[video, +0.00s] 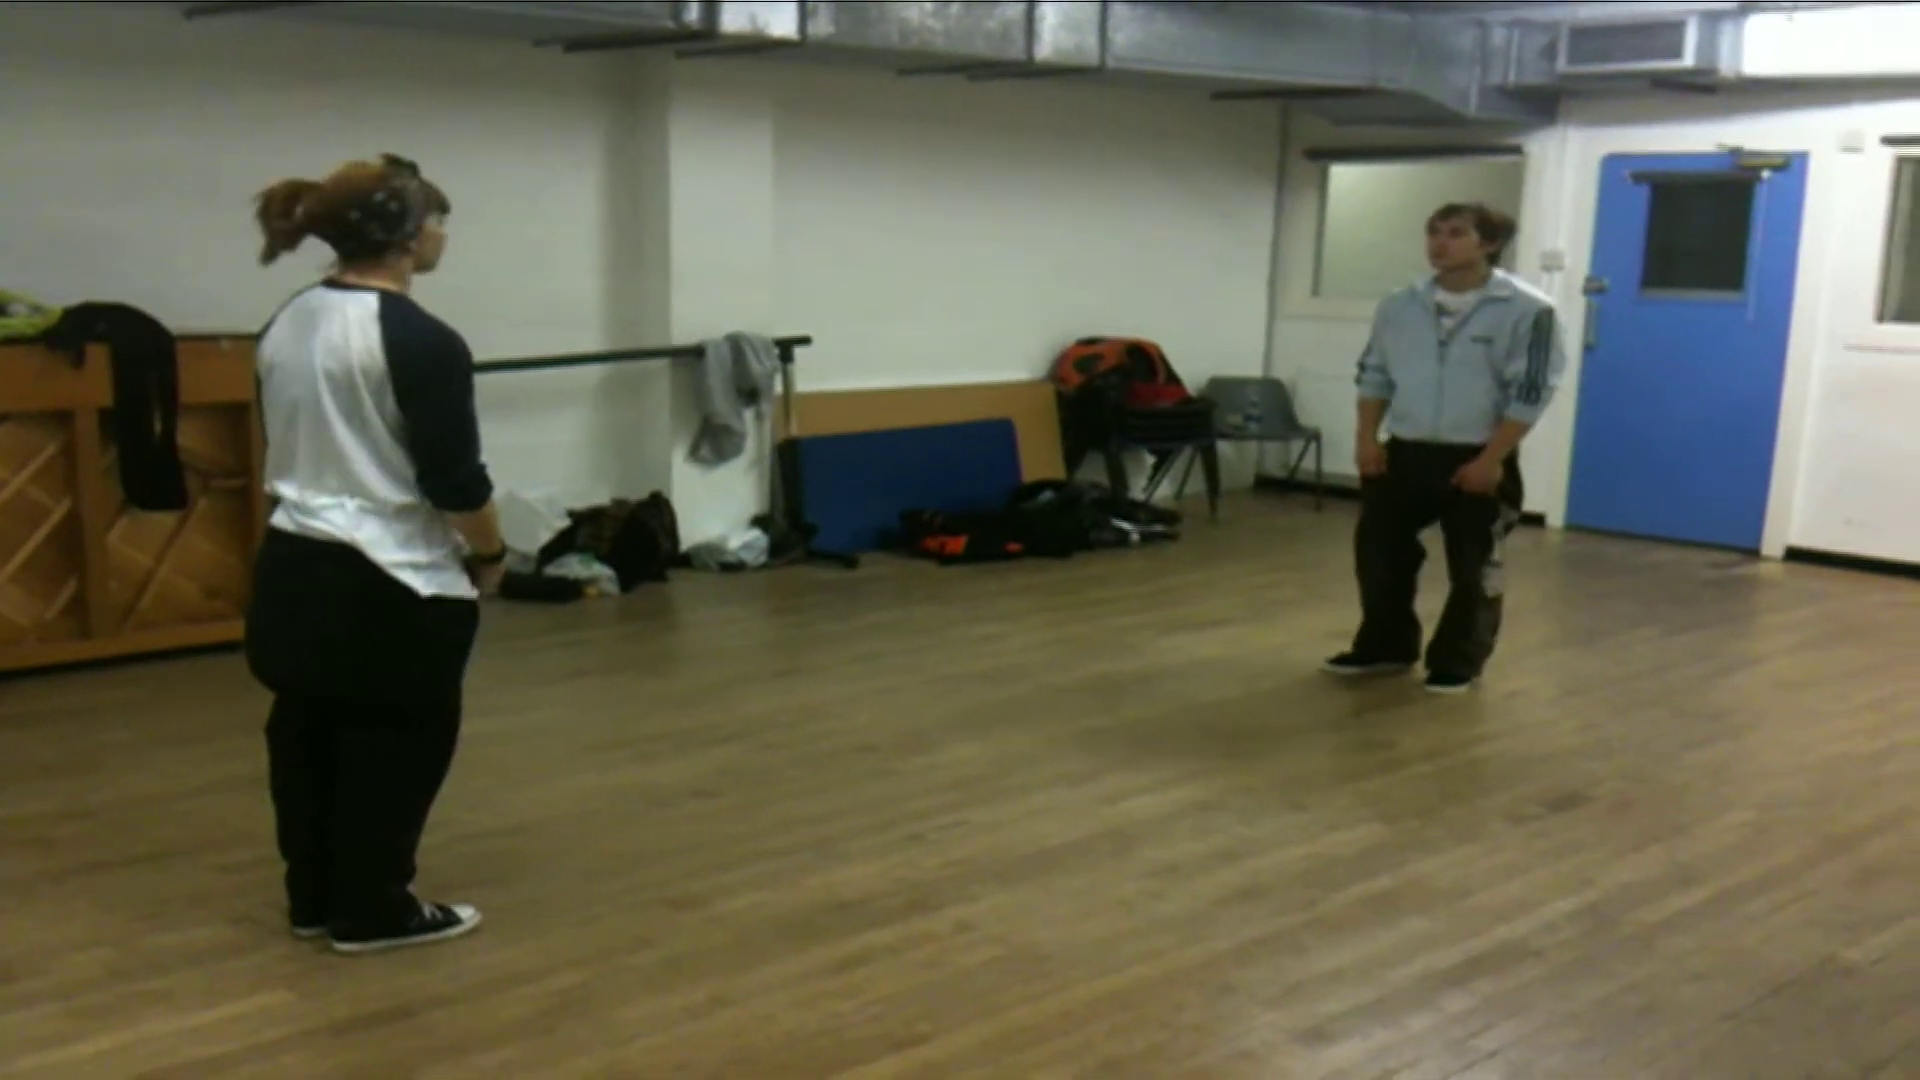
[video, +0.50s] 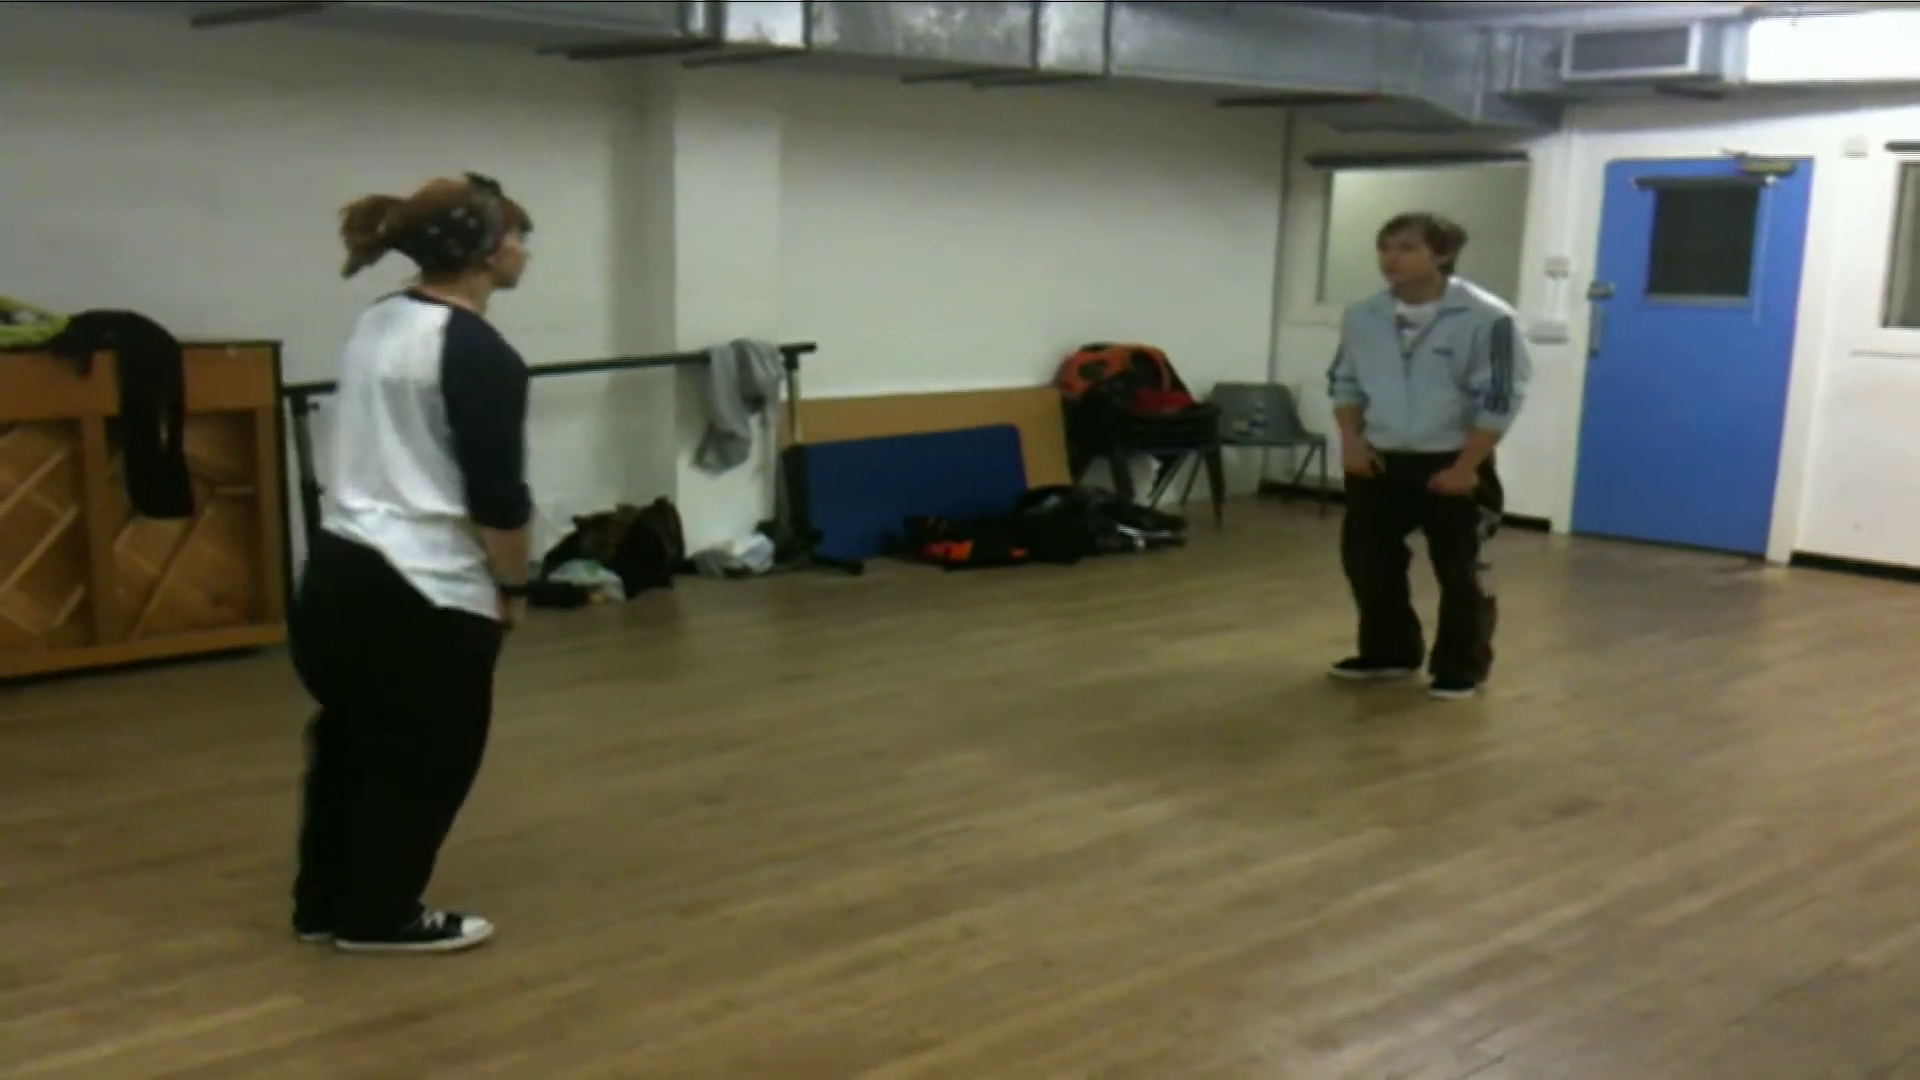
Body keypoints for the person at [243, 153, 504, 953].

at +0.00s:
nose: (443, 237)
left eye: (442, 223)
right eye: (437, 224)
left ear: (348, 232)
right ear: (409, 233)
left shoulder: (286, 326)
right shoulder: (423, 344)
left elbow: (289, 456)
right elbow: (457, 483)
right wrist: (490, 554)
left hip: (294, 572)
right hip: (396, 586)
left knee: (310, 725)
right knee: (407, 741)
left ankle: (315, 895)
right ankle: (374, 905)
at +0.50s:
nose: (525, 247)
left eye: (522, 233)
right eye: (516, 234)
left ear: (440, 246)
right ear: (479, 248)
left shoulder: (375, 326)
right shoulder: (480, 354)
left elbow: (370, 461)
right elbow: (498, 500)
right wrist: (512, 588)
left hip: (341, 576)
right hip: (428, 594)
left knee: (355, 736)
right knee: (434, 757)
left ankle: (325, 900)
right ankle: (379, 910)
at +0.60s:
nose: (562, 257)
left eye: (560, 242)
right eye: (554, 245)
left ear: (479, 253)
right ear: (521, 257)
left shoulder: (416, 321)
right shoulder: (508, 353)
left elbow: (430, 458)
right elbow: (538, 505)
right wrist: (550, 587)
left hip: (380, 566)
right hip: (456, 586)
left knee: (420, 730)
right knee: (451, 751)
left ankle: (349, 872)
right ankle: (378, 907)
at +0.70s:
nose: (601, 279)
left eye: (600, 264)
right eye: (595, 266)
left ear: (518, 267)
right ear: (569, 273)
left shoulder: (458, 336)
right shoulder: (552, 367)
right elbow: (583, 507)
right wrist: (592, 581)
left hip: (420, 564)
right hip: (488, 577)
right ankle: (383, 902)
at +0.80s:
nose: (648, 308)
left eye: (646, 293)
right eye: (641, 295)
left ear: (569, 301)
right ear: (616, 304)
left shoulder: (522, 362)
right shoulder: (607, 383)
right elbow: (624, 521)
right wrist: (630, 585)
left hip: (461, 568)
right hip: (511, 585)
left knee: (628, 666)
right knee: (582, 744)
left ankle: (631, 818)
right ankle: (400, 886)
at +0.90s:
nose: (707, 343)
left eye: (706, 328)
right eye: (701, 330)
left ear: (631, 331)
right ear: (673, 334)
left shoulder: (587, 386)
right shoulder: (668, 384)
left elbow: (570, 493)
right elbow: (646, 500)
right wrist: (678, 566)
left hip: (525, 587)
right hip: (582, 607)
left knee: (685, 662)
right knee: (611, 773)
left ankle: (738, 783)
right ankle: (411, 887)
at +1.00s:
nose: (746, 346)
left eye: (745, 335)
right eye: (740, 336)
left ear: (671, 340)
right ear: (718, 337)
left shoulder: (629, 397)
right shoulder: (723, 382)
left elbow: (611, 506)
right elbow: (719, 496)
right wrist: (744, 559)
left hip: (606, 590)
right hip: (663, 599)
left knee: (749, 661)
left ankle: (753, 797)